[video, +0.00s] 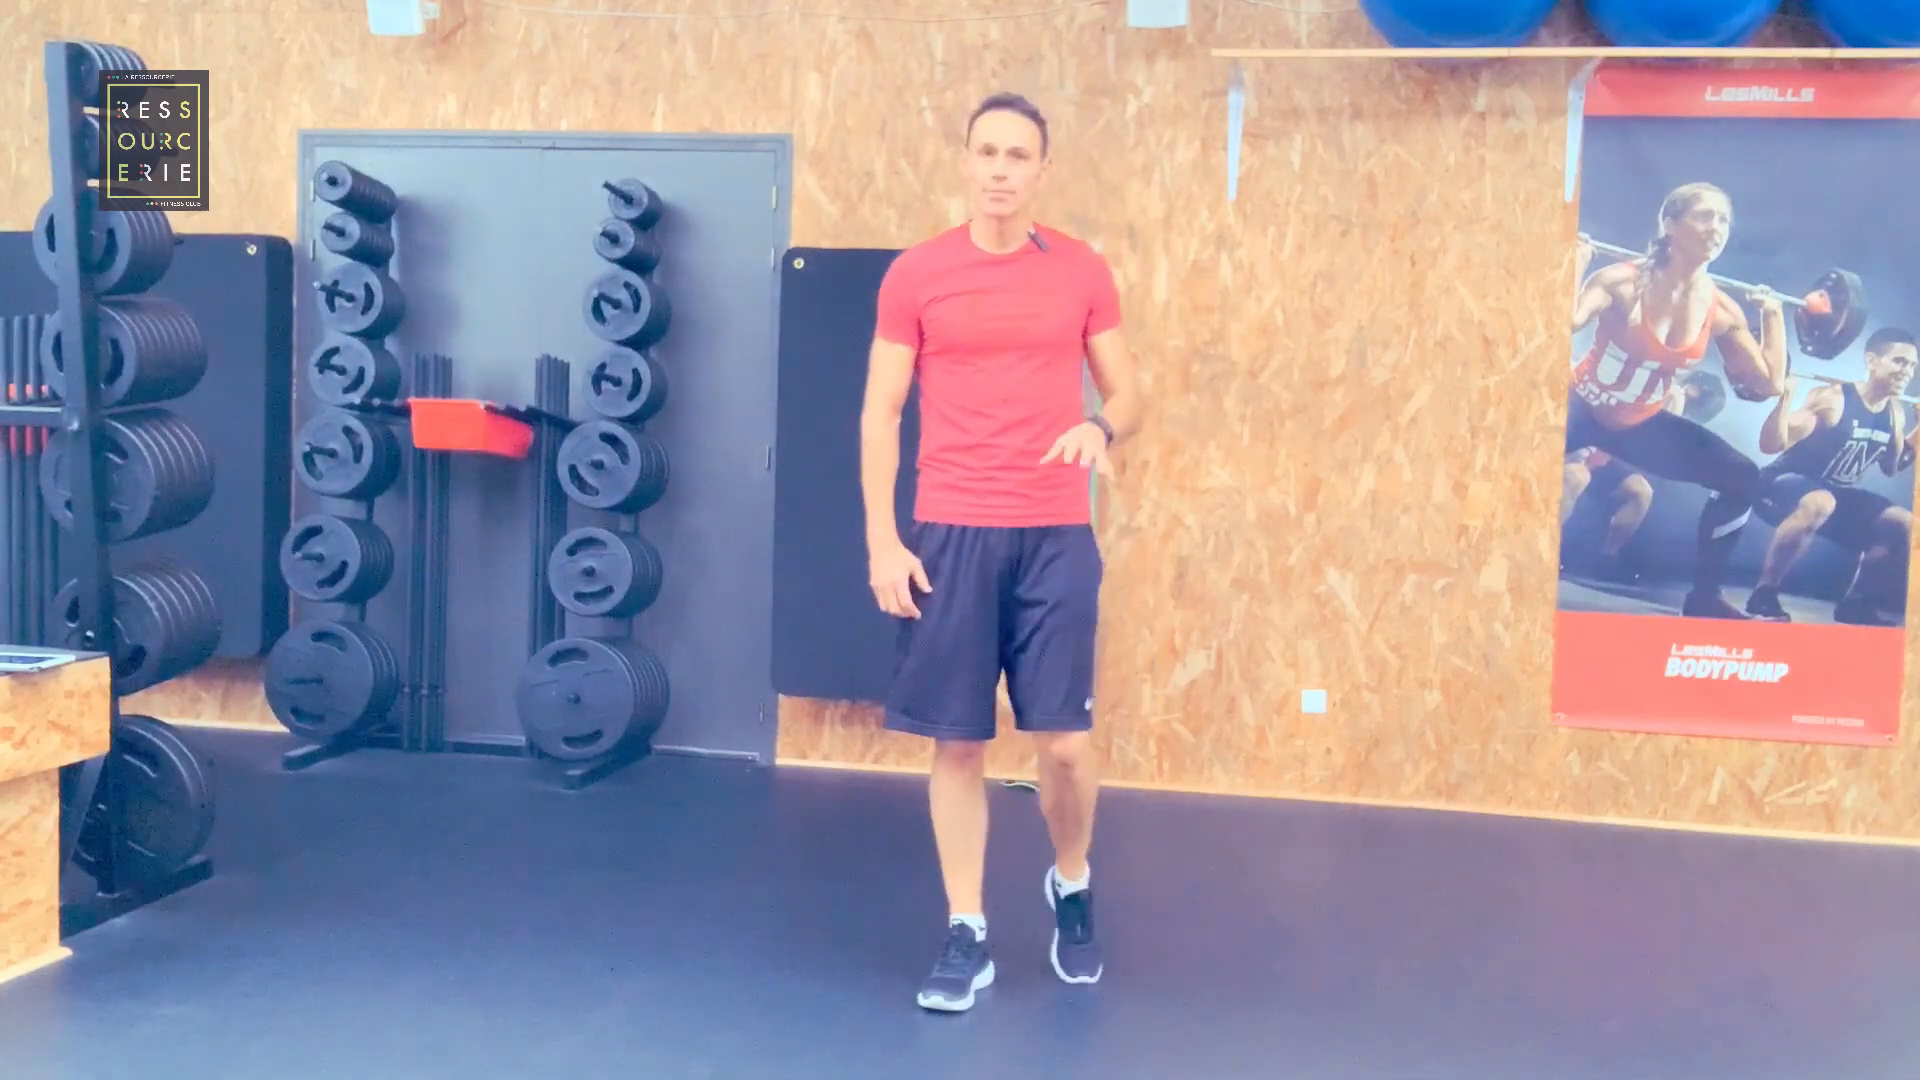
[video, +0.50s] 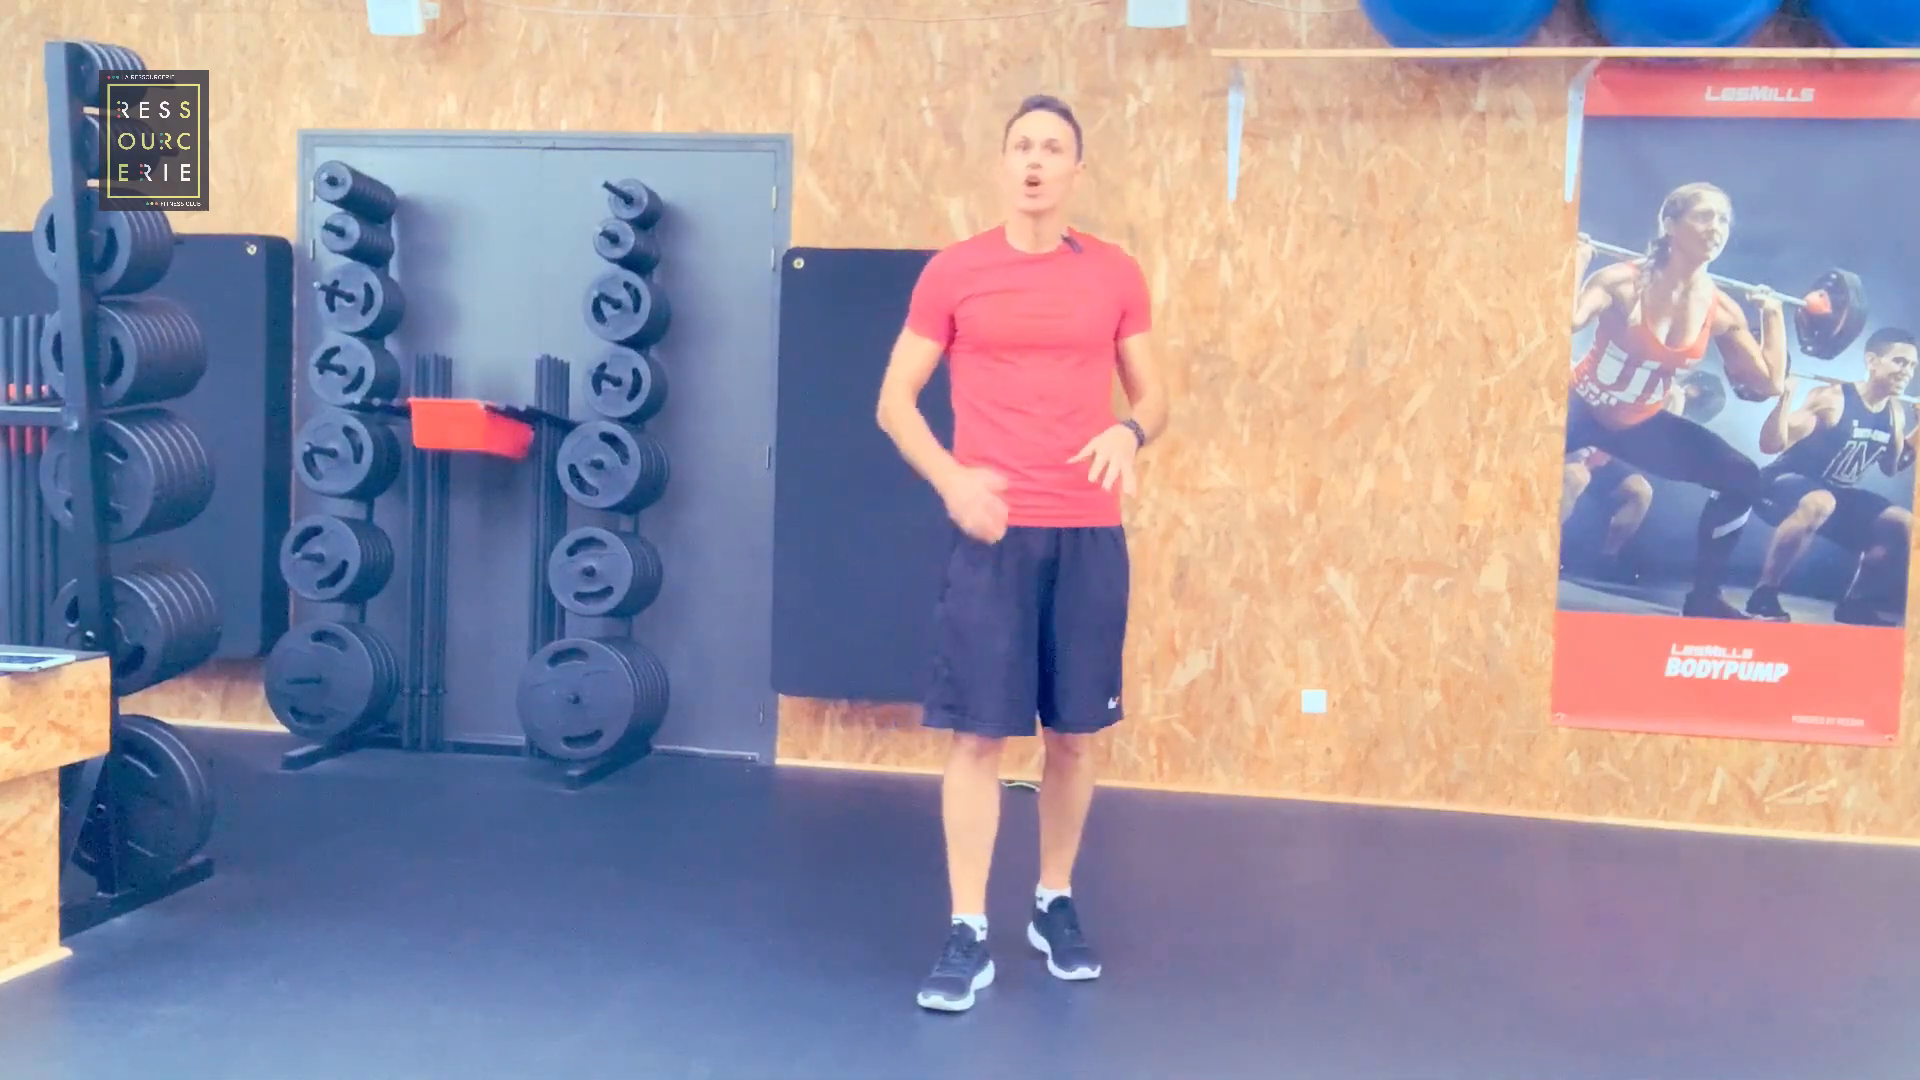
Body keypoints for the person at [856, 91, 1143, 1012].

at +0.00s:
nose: (1001, 170)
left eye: (1018, 155)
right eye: (987, 152)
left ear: (1043, 170)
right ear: (963, 163)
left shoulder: (1079, 269)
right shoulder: (916, 273)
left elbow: (1123, 400)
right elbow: (880, 412)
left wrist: (1101, 426)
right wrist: (882, 538)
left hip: (1056, 533)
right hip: (951, 533)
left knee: (1062, 743)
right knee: (958, 741)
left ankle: (1073, 890)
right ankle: (965, 932)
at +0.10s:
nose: (1004, 172)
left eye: (1022, 158)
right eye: (990, 154)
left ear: (1048, 172)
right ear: (967, 164)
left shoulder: (1085, 271)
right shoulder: (922, 273)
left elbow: (1128, 401)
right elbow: (886, 412)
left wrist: (1101, 431)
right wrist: (887, 534)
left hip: (1059, 535)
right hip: (953, 533)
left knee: (1059, 738)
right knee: (960, 739)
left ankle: (1064, 892)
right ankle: (965, 932)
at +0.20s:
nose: (1012, 170)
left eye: (1029, 156)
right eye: (998, 153)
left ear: (1056, 171)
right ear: (975, 163)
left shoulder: (1094, 269)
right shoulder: (929, 271)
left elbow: (1133, 401)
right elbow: (891, 410)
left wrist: (1103, 431)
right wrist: (899, 531)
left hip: (1066, 533)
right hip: (961, 531)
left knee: (1068, 736)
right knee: (962, 738)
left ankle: (1061, 899)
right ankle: (965, 933)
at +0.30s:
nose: (1021, 168)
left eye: (1039, 155)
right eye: (1009, 151)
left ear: (1065, 170)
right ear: (985, 163)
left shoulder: (1099, 271)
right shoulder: (938, 270)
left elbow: (1140, 402)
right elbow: (890, 411)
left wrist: (1109, 433)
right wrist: (917, 529)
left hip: (1075, 532)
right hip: (973, 531)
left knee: (1073, 734)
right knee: (966, 736)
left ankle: (1061, 902)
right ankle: (965, 933)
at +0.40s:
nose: (1030, 166)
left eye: (1048, 152)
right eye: (1018, 150)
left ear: (1073, 170)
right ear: (994, 164)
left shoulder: (1106, 271)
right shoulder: (947, 269)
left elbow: (1143, 404)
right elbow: (890, 408)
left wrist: (1118, 435)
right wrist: (931, 513)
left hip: (1083, 533)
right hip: (982, 533)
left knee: (1071, 734)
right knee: (972, 735)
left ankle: (1058, 902)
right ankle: (966, 933)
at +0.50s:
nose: (1035, 162)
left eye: (1053, 150)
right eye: (1023, 147)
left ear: (1079, 170)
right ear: (1000, 164)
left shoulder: (1113, 271)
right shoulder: (954, 270)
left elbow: (1151, 405)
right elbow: (893, 401)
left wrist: (1131, 431)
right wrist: (949, 479)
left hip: (1089, 532)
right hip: (990, 531)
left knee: (1071, 736)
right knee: (979, 735)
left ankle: (1056, 904)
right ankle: (968, 933)